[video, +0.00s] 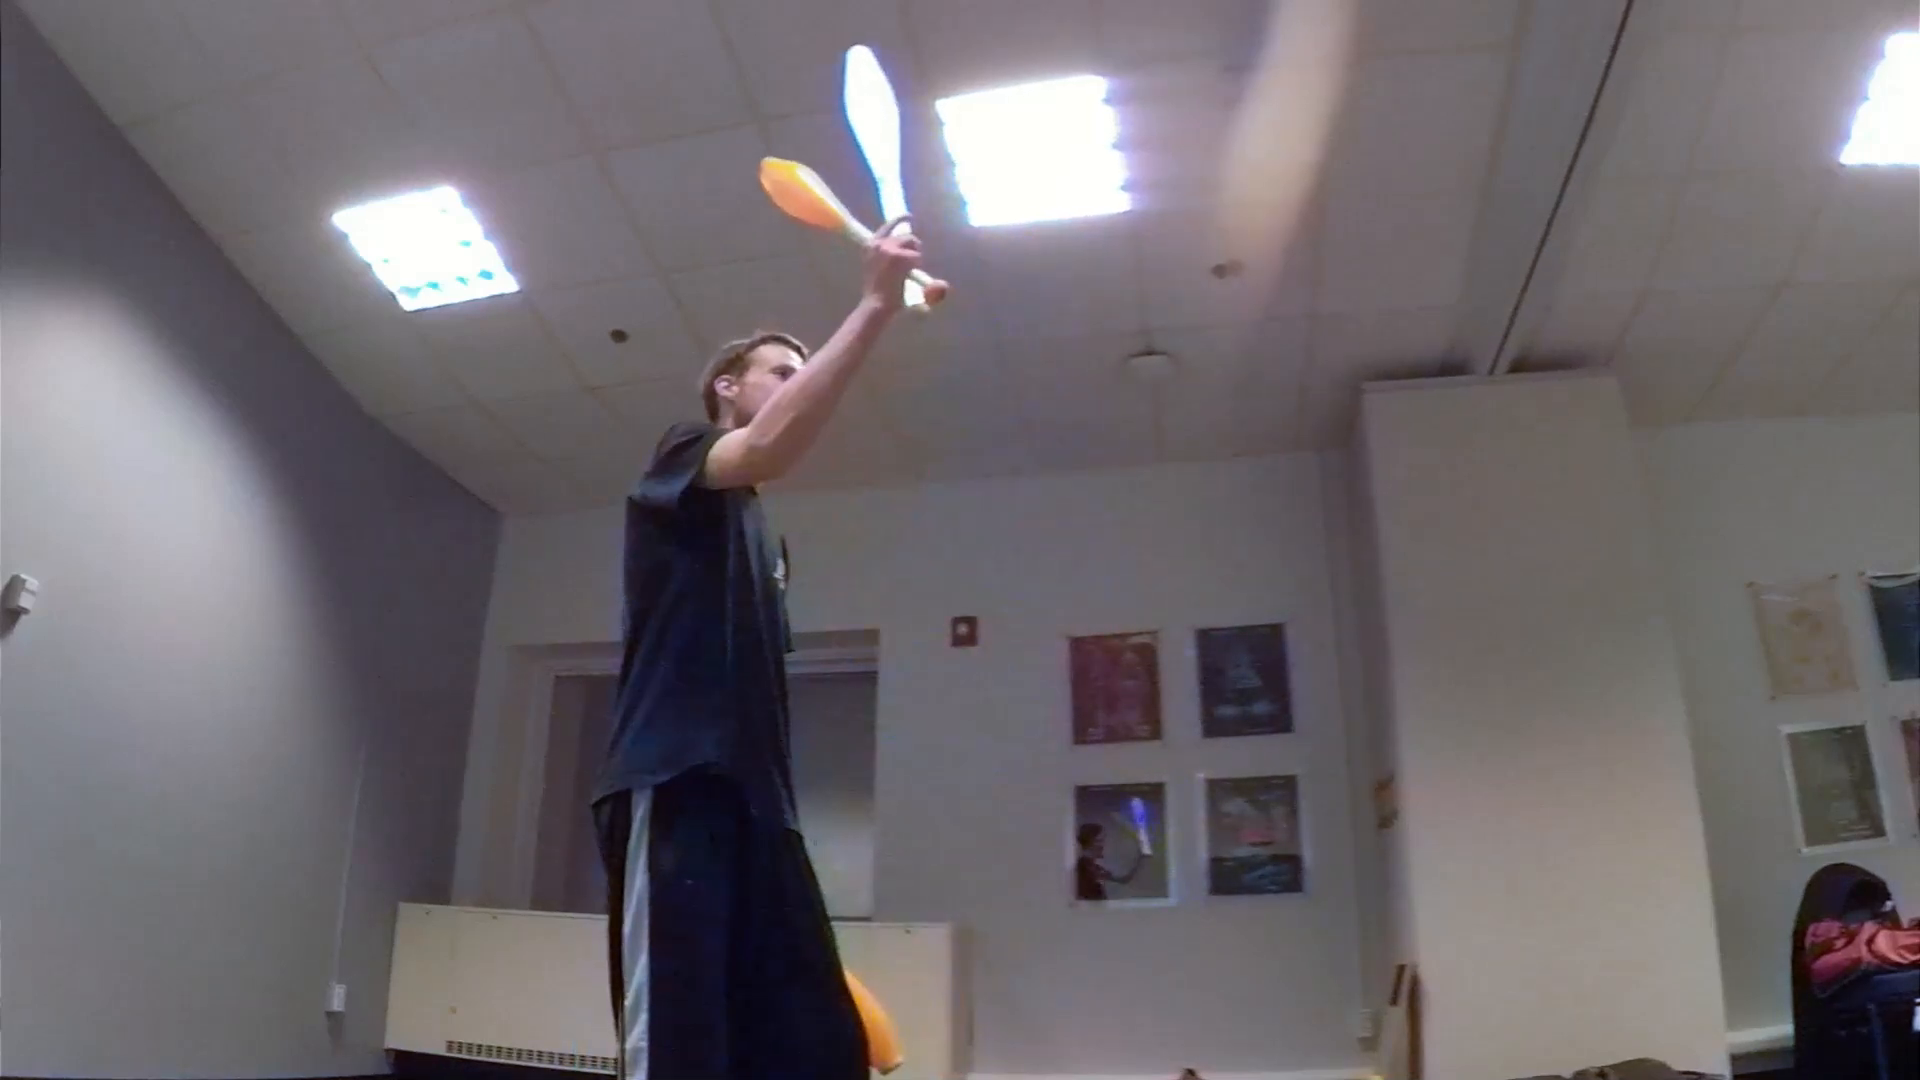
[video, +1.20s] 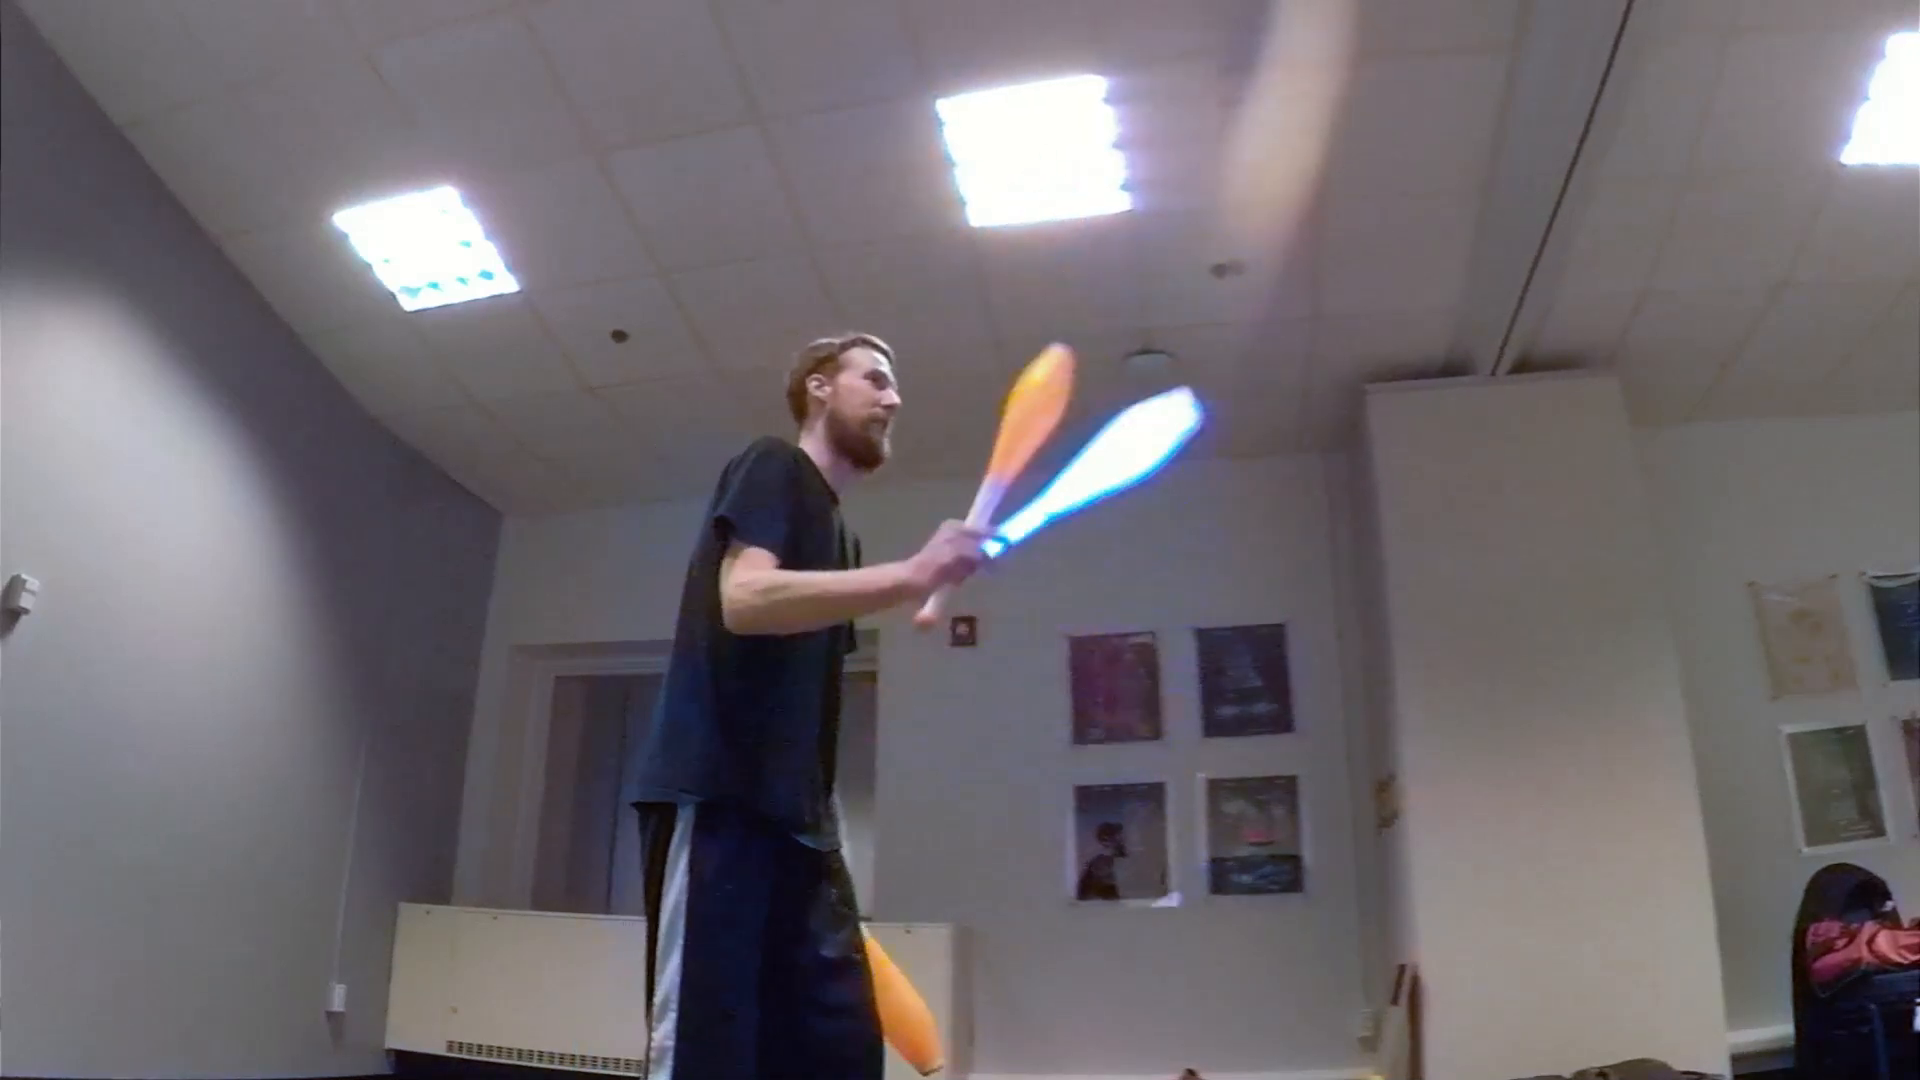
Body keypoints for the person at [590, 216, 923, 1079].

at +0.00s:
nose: (797, 392)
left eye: (803, 382)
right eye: (781, 374)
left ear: (776, 397)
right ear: (725, 389)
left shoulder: (755, 518)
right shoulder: (682, 457)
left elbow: (751, 667)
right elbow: (767, 447)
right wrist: (875, 303)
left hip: (753, 788)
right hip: (677, 778)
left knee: (813, 1021)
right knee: (679, 1015)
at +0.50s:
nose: (801, 397)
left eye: (805, 388)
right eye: (782, 378)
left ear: (799, 411)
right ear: (724, 388)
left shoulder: (763, 534)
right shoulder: (684, 454)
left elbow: (751, 666)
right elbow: (770, 484)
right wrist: (934, 415)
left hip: (755, 798)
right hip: (674, 786)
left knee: (813, 1029)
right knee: (671, 1026)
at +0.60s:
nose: (805, 395)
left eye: (808, 386)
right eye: (786, 376)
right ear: (728, 385)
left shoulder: (763, 515)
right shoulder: (685, 451)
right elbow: (757, 502)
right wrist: (930, 447)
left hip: (756, 793)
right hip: (675, 784)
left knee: (813, 1030)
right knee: (678, 1024)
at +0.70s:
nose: (812, 392)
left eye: (814, 384)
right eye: (792, 373)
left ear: (808, 409)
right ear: (733, 385)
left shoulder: (753, 522)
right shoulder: (689, 456)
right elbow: (723, 550)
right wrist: (897, 533)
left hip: (759, 802)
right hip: (682, 794)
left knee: (820, 1037)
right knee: (685, 1037)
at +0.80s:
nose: (821, 392)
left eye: (823, 382)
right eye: (802, 372)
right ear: (743, 384)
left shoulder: (770, 526)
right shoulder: (703, 462)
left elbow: (744, 645)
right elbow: (688, 597)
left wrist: (829, 670)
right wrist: (847, 629)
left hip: (761, 807)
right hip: (683, 801)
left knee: (830, 1037)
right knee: (685, 1040)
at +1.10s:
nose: (873, 393)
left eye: (874, 382)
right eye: (854, 373)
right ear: (797, 383)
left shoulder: (821, 532)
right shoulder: (750, 465)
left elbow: (776, 660)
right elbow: (701, 612)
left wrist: (842, 678)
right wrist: (852, 649)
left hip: (778, 804)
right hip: (699, 798)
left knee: (841, 1031)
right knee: (694, 1036)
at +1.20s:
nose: (893, 397)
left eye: (894, 387)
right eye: (874, 378)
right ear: (816, 390)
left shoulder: (838, 538)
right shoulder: (772, 466)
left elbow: (803, 701)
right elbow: (745, 597)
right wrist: (911, 576)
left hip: (798, 818)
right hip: (722, 809)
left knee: (839, 1040)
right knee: (703, 1043)